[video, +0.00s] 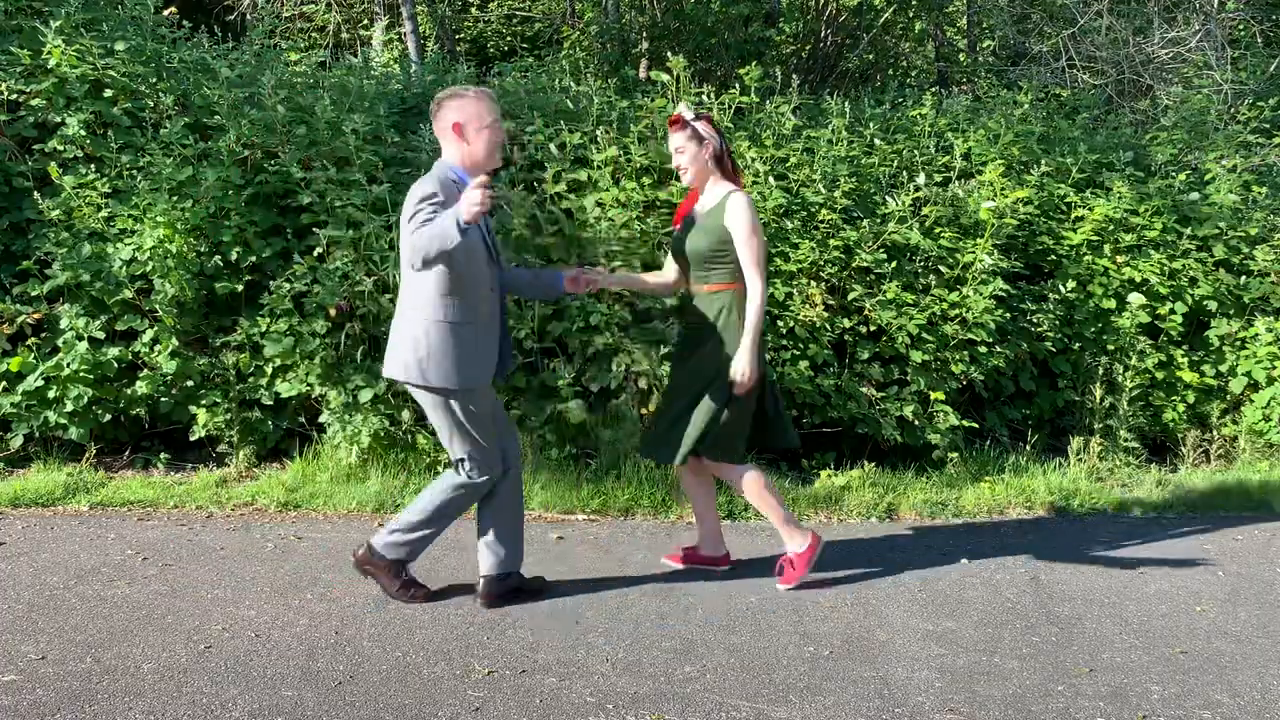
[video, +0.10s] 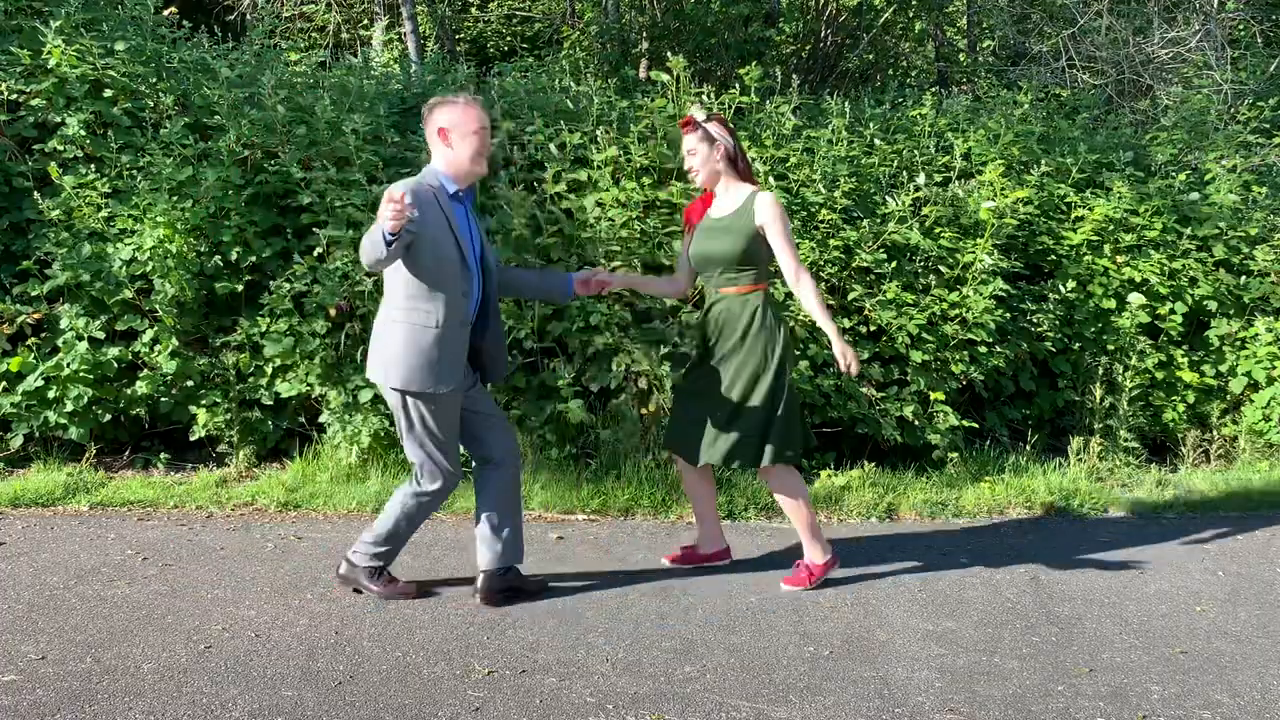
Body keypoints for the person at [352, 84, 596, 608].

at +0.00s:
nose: (504, 136)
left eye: (501, 125)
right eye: (493, 126)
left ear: (462, 135)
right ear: (457, 133)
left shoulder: (469, 196)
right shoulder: (432, 190)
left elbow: (496, 277)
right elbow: (414, 250)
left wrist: (560, 280)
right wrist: (459, 216)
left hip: (460, 358)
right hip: (434, 360)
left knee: (504, 455)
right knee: (480, 463)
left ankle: (501, 577)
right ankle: (385, 553)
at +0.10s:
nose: (489, 143)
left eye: (489, 134)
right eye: (480, 134)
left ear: (458, 139)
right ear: (442, 138)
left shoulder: (462, 206)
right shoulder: (412, 197)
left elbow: (495, 277)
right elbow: (372, 257)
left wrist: (573, 283)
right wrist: (385, 228)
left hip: (454, 363)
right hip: (414, 364)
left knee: (499, 450)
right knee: (436, 475)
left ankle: (499, 573)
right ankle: (363, 560)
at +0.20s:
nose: (479, 146)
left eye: (481, 138)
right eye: (468, 136)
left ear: (482, 145)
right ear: (430, 139)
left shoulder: (466, 218)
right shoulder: (388, 196)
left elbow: (503, 274)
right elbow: (344, 249)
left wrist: (580, 277)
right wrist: (329, 229)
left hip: (443, 360)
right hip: (391, 362)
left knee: (494, 437)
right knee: (426, 469)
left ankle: (495, 563)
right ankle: (362, 565)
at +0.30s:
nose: (468, 148)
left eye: (473, 140)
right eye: (458, 136)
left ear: (476, 147)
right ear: (424, 136)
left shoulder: (468, 220)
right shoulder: (374, 195)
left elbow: (510, 271)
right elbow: (317, 240)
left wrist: (582, 275)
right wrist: (284, 215)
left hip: (435, 360)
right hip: (378, 357)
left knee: (478, 448)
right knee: (421, 462)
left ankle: (502, 567)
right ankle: (364, 563)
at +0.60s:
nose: (428, 159)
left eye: (436, 151)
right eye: (419, 147)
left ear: (440, 159)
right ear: (388, 145)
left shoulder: (439, 222)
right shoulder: (331, 198)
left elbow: (488, 272)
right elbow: (262, 232)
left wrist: (560, 276)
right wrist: (205, 198)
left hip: (401, 355)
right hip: (338, 353)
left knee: (451, 436)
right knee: (386, 451)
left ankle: (476, 553)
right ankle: (361, 559)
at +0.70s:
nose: (416, 151)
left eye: (425, 144)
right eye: (408, 139)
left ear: (429, 153)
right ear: (379, 137)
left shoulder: (432, 215)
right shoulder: (321, 188)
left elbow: (479, 265)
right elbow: (255, 222)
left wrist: (551, 268)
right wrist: (190, 192)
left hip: (392, 346)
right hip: (327, 342)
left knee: (436, 426)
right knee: (371, 440)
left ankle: (429, 542)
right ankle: (360, 558)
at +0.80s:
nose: (407, 149)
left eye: (416, 141)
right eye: (399, 137)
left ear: (421, 150)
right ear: (370, 136)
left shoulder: (425, 213)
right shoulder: (314, 187)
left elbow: (473, 264)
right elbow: (249, 222)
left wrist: (543, 270)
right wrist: (182, 192)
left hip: (385, 346)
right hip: (320, 340)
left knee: (415, 430)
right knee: (363, 436)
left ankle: (379, 528)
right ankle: (357, 558)